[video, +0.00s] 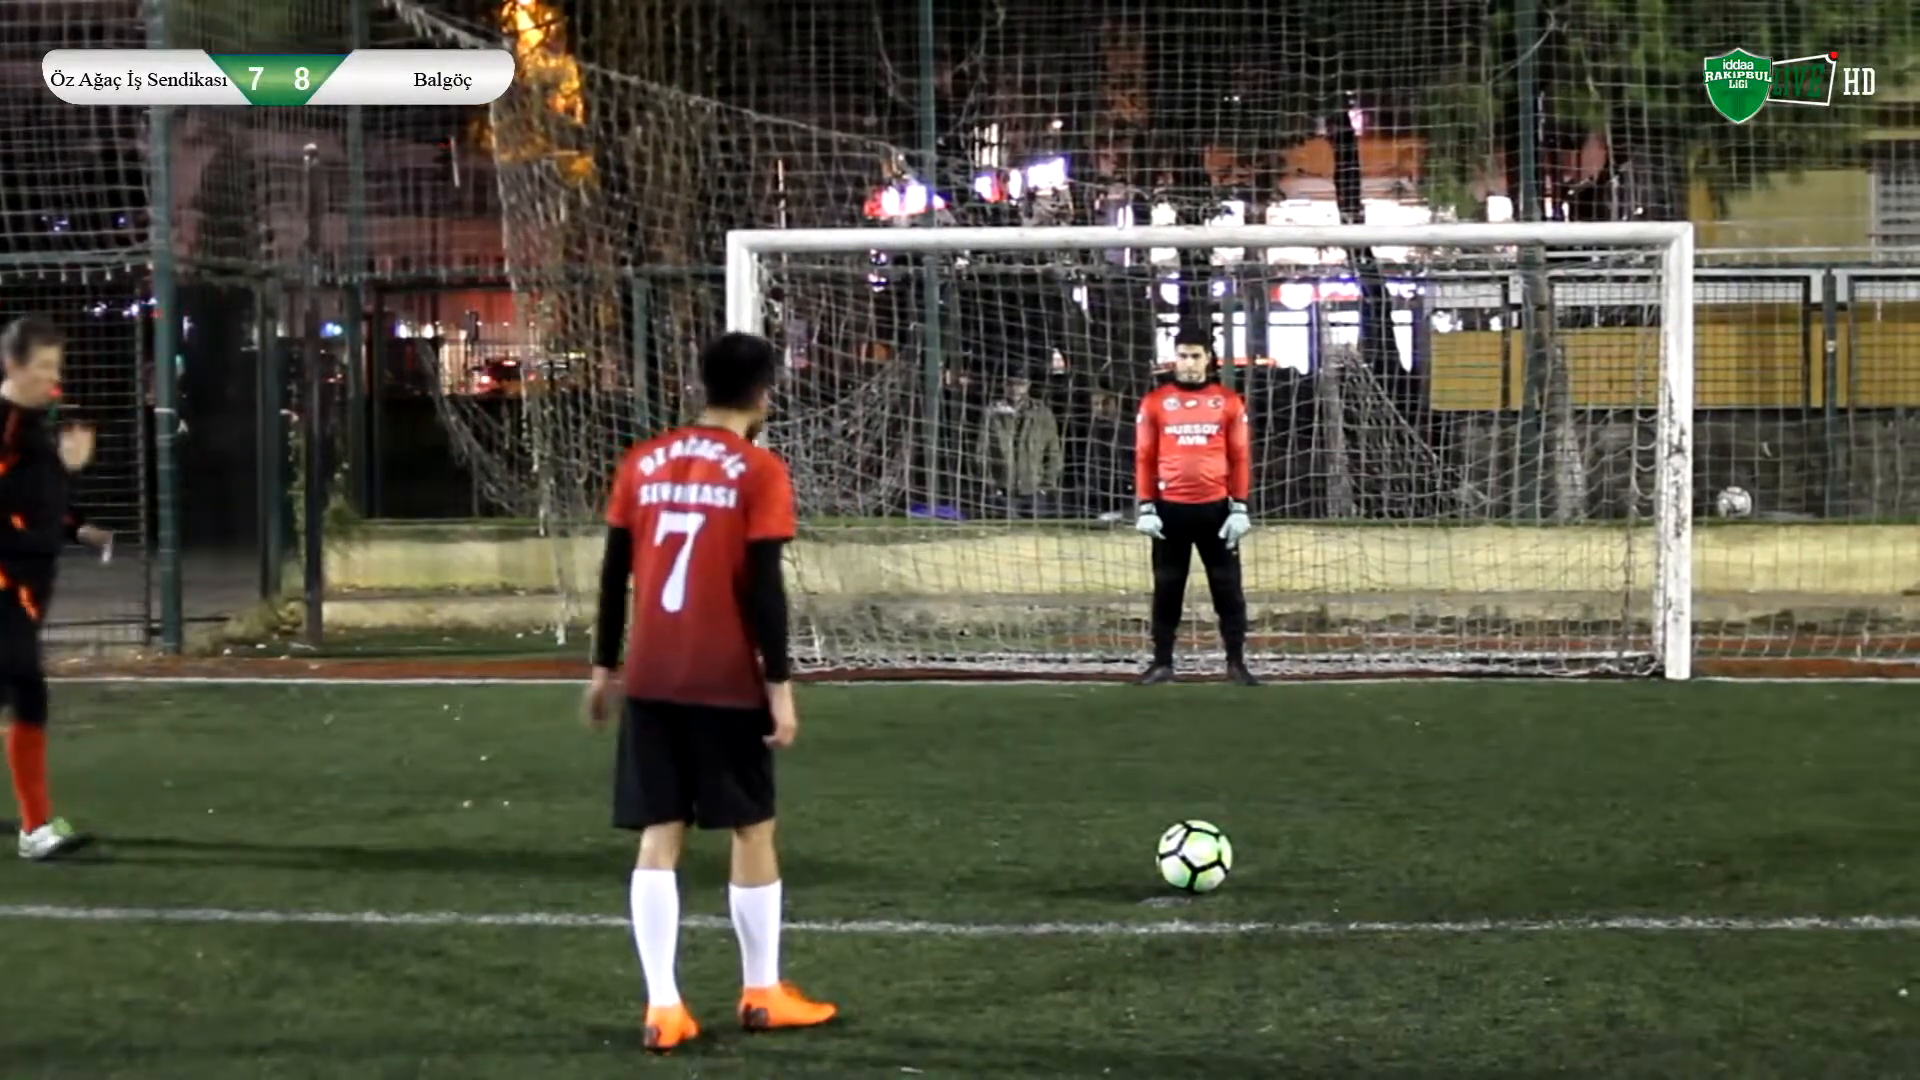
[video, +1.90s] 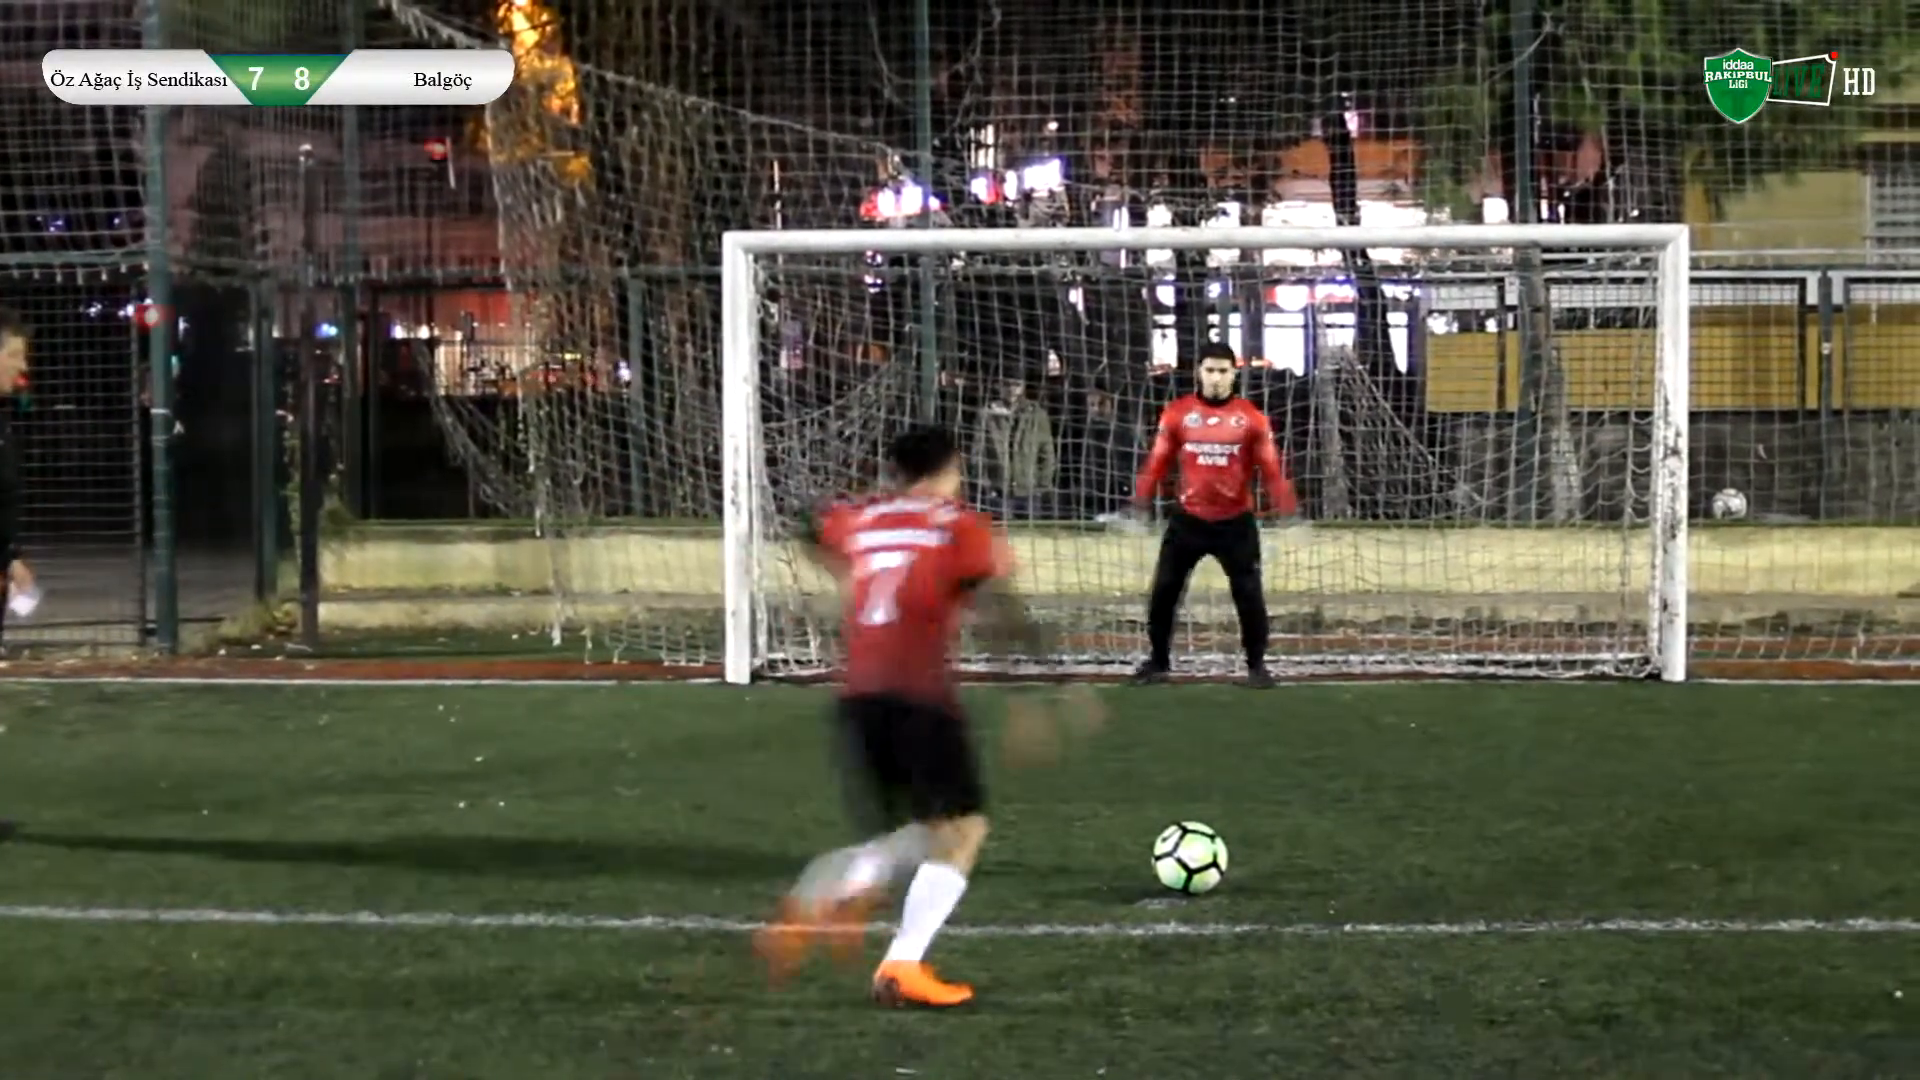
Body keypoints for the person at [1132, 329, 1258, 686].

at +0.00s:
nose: (1188, 363)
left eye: (1195, 356)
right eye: (1182, 356)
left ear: (1209, 359)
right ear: (1174, 359)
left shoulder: (1229, 402)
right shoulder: (1154, 402)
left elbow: (1240, 456)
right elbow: (1144, 456)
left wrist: (1239, 505)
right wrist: (1146, 505)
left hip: (1216, 507)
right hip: (1169, 508)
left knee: (1228, 589)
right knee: (1166, 590)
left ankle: (1236, 662)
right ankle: (1162, 661)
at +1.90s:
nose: (1216, 378)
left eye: (1223, 371)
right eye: (1209, 370)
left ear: (1234, 375)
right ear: (1199, 373)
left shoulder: (1252, 418)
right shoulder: (1177, 413)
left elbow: (1271, 468)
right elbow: (1157, 460)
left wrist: (1286, 504)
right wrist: (1141, 495)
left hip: (1235, 523)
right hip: (1188, 521)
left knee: (1249, 596)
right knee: (1164, 592)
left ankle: (1256, 665)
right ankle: (1159, 661)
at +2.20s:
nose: (1205, 433)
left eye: (1212, 425)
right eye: (1198, 425)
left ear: (1225, 427)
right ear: (1189, 428)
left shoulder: (1250, 458)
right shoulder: (1179, 461)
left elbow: (1279, 500)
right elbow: (1148, 496)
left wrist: (1309, 540)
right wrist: (1112, 524)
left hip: (1246, 546)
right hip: (1199, 546)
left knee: (1270, 593)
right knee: (1160, 602)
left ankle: (1235, 657)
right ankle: (1114, 674)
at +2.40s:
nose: (1217, 488)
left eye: (1224, 479)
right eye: (1210, 480)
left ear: (1237, 482)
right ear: (1199, 484)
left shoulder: (1255, 512)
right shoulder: (1188, 512)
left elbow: (1283, 539)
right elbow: (1157, 543)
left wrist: (1300, 564)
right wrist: (1123, 566)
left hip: (1247, 585)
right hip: (1201, 581)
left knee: (1278, 608)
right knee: (1154, 620)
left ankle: (1248, 680)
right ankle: (1104, 681)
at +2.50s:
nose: (1235, 495)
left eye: (1245, 488)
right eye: (1229, 486)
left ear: (1259, 495)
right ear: (1219, 489)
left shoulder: (1270, 524)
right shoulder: (1203, 520)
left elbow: (1296, 555)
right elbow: (1179, 548)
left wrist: (1313, 576)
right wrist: (1149, 564)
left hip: (1254, 601)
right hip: (1209, 595)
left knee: (1283, 631)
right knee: (1155, 627)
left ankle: (1240, 692)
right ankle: (1098, 687)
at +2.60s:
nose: (1282, 498)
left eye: (1291, 491)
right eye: (1275, 490)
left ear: (1303, 497)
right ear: (1262, 493)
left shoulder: (1314, 530)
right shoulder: (1242, 525)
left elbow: (1333, 585)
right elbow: (1199, 562)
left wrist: (1340, 568)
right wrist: (1222, 564)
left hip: (1272, 616)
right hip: (1229, 608)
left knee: (1300, 639)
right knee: (1180, 642)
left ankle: (1238, 694)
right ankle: (1112, 674)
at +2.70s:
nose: (1336, 508)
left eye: (1344, 502)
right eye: (1329, 498)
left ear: (1352, 508)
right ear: (1311, 499)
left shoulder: (1353, 542)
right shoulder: (1282, 529)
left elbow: (1382, 572)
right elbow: (1234, 560)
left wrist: (1397, 575)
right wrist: (1283, 552)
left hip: (1294, 623)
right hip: (1254, 614)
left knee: (1321, 664)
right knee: (1197, 648)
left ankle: (1250, 690)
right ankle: (1124, 674)